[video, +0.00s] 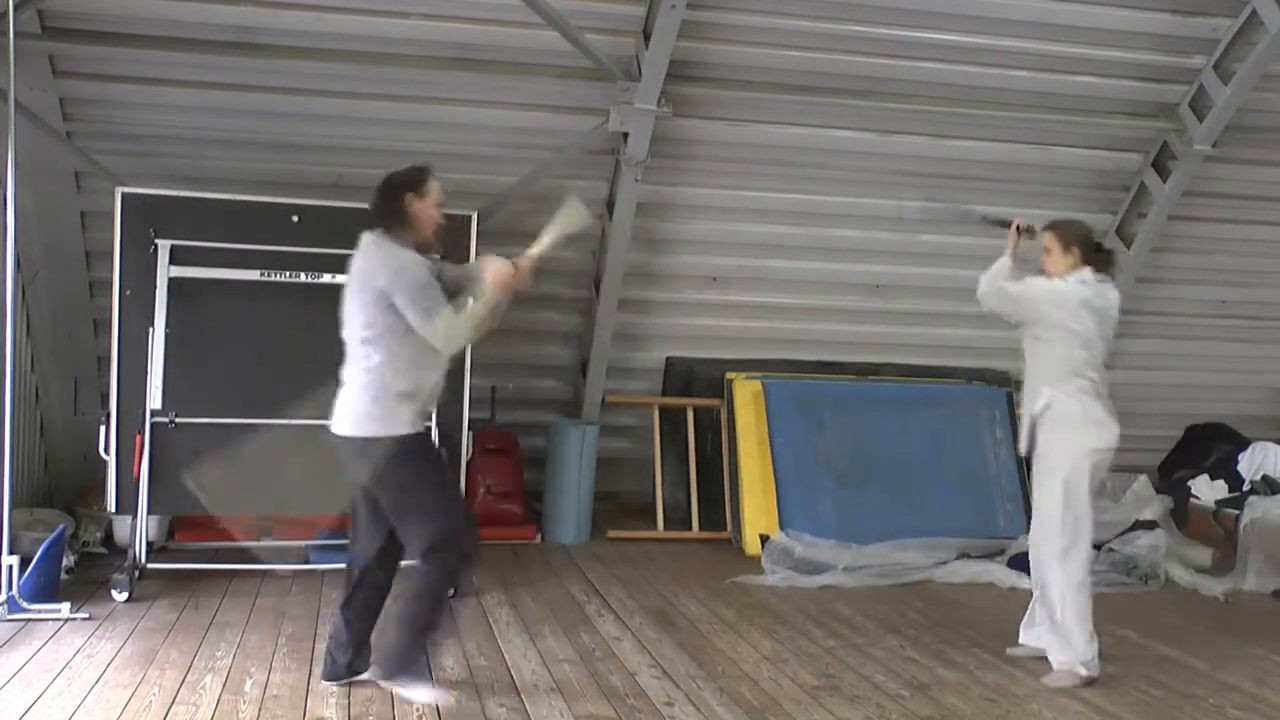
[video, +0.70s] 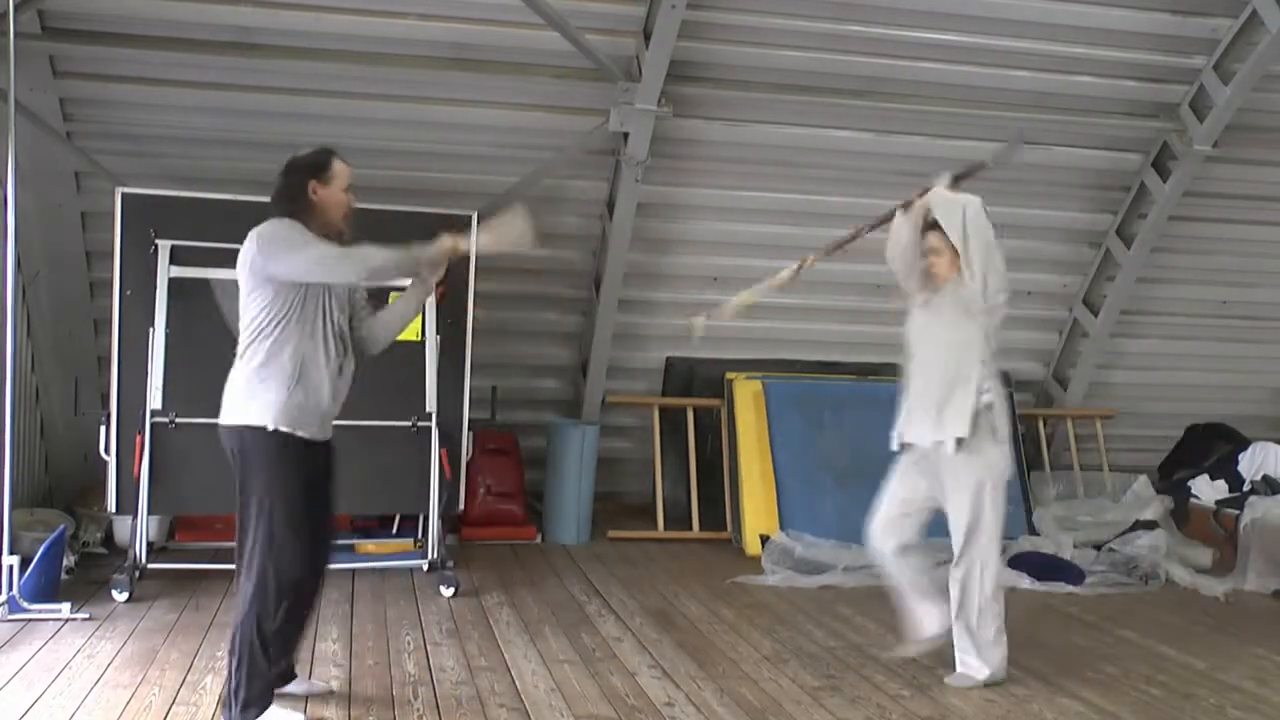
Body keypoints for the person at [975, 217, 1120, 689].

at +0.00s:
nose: (1041, 260)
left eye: (1048, 253)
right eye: (1042, 252)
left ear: (1073, 255)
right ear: (1080, 257)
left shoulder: (1053, 295)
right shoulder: (1100, 296)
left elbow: (991, 292)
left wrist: (1009, 254)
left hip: (1068, 429)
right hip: (1090, 426)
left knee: (1059, 540)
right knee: (1056, 534)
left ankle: (1077, 658)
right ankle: (1044, 633)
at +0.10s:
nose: (1019, 262)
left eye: (1027, 253)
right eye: (1020, 253)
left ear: (1052, 258)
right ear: (1060, 262)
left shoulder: (1035, 296)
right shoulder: (1083, 303)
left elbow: (978, 315)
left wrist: (999, 273)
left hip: (1057, 432)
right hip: (1084, 432)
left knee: (1029, 539)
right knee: (1050, 536)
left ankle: (1077, 656)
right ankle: (1041, 635)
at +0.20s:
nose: (1009, 268)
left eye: (1016, 260)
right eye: (1009, 260)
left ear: (1040, 263)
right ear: (1045, 265)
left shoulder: (1028, 302)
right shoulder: (1059, 307)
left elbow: (972, 342)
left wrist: (969, 335)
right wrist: (985, 347)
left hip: (1054, 444)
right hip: (1078, 444)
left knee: (1011, 539)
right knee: (1046, 543)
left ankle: (1052, 648)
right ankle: (1046, 639)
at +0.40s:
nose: (987, 274)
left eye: (995, 265)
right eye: (986, 265)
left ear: (1023, 267)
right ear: (1012, 268)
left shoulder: (1035, 302)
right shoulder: (998, 315)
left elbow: (978, 326)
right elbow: (957, 377)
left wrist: (927, 330)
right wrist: (930, 349)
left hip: (1034, 449)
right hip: (1006, 449)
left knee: (983, 547)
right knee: (1023, 548)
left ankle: (982, 662)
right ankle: (1048, 637)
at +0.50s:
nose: (974, 261)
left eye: (980, 253)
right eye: (972, 254)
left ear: (1004, 255)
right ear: (982, 257)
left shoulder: (1028, 294)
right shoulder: (976, 305)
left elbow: (969, 267)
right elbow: (927, 330)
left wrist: (917, 266)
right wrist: (907, 287)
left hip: (1013, 443)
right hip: (975, 441)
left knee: (976, 546)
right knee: (983, 541)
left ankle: (983, 663)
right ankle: (1040, 622)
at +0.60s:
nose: (967, 266)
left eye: (981, 250)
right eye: (971, 256)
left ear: (1000, 255)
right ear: (976, 256)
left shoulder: (1012, 291)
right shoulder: (957, 294)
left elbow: (972, 239)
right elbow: (917, 292)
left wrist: (922, 219)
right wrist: (909, 244)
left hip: (999, 441)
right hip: (956, 438)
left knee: (980, 551)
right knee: (939, 542)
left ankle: (982, 662)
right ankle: (1016, 597)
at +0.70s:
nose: (929, 259)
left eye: (938, 250)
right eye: (925, 251)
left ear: (963, 253)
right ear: (922, 257)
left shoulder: (982, 297)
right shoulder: (922, 298)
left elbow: (979, 238)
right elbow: (901, 257)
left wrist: (946, 197)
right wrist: (911, 214)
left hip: (976, 442)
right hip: (924, 442)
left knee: (975, 555)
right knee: (886, 533)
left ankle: (982, 661)